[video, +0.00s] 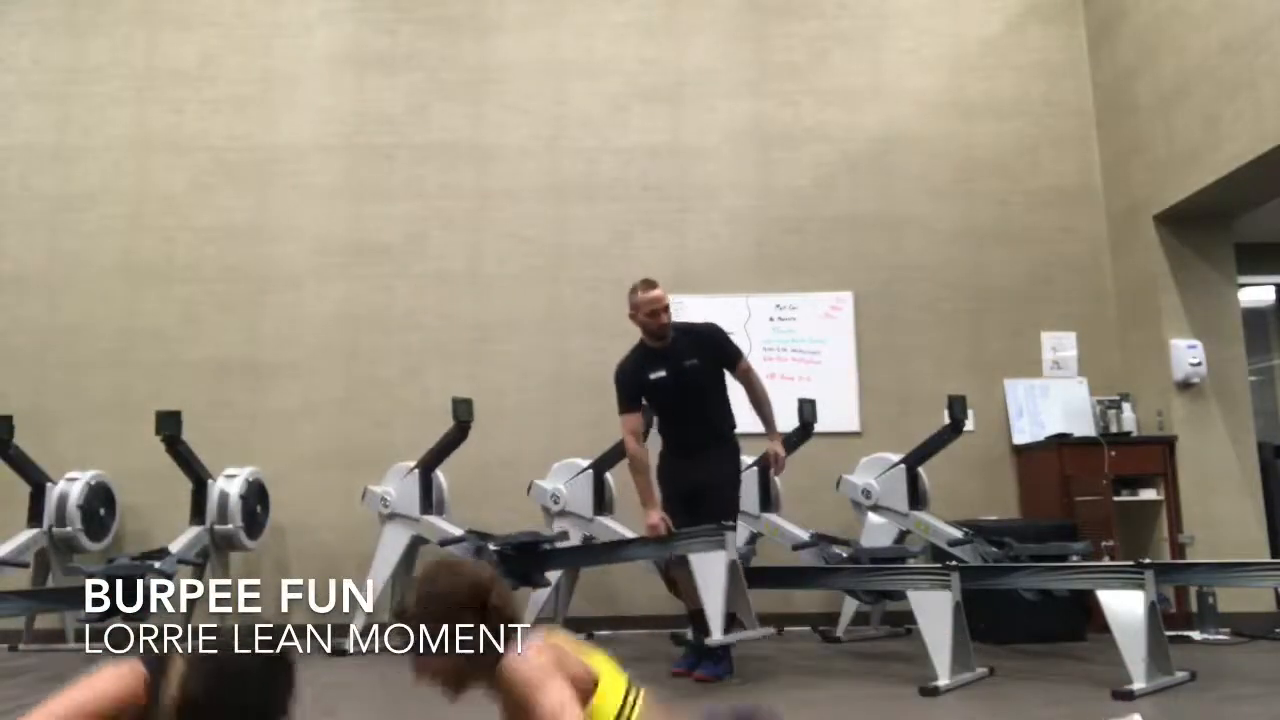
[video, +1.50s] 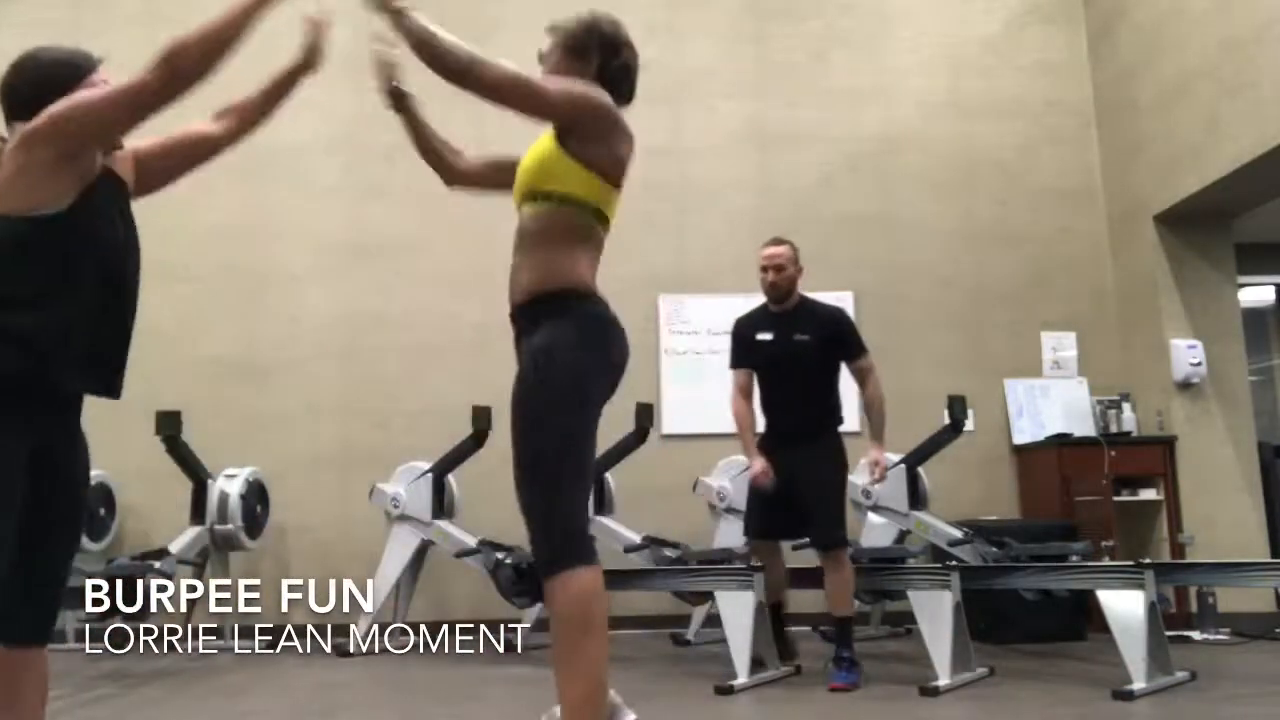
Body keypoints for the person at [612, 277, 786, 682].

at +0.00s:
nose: (661, 319)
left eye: (664, 310)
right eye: (651, 314)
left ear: (670, 307)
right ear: (634, 318)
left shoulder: (708, 337)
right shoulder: (630, 370)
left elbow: (749, 380)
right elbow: (633, 441)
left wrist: (773, 436)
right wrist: (650, 507)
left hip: (719, 456)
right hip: (675, 461)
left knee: (716, 550)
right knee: (674, 553)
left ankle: (720, 649)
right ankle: (700, 641)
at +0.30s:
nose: (648, 352)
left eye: (650, 342)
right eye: (637, 349)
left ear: (659, 334)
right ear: (626, 354)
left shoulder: (704, 354)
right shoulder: (634, 403)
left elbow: (751, 384)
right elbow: (653, 468)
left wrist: (767, 440)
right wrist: (671, 529)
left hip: (730, 477)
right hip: (682, 489)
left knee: (727, 560)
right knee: (685, 564)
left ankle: (730, 650)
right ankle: (701, 643)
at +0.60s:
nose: (652, 330)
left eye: (655, 320)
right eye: (642, 326)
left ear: (665, 315)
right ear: (633, 332)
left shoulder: (710, 343)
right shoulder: (637, 380)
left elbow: (752, 383)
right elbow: (644, 449)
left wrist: (768, 439)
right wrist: (661, 506)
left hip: (730, 455)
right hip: (685, 461)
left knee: (727, 548)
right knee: (684, 551)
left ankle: (726, 651)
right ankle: (692, 651)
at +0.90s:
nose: (673, 301)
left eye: (677, 293)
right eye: (664, 297)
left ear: (688, 293)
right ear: (653, 304)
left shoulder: (726, 328)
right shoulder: (650, 358)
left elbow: (761, 377)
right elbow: (643, 422)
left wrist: (776, 430)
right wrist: (651, 462)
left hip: (744, 450)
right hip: (696, 460)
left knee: (772, 521)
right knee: (696, 550)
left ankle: (740, 596)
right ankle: (703, 643)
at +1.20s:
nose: (722, 295)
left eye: (728, 286)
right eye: (714, 288)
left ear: (739, 288)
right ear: (702, 295)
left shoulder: (773, 331)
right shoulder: (691, 350)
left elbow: (805, 386)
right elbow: (678, 420)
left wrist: (813, 444)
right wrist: (678, 481)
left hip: (777, 460)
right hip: (725, 464)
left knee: (804, 549)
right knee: (706, 554)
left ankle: (838, 644)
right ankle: (704, 644)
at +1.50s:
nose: (771, 276)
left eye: (779, 268)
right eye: (764, 269)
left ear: (799, 272)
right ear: (758, 275)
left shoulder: (831, 320)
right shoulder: (747, 327)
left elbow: (868, 379)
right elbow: (741, 395)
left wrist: (876, 445)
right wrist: (752, 454)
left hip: (823, 448)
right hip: (773, 450)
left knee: (833, 548)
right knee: (762, 542)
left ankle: (844, 652)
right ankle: (778, 642)